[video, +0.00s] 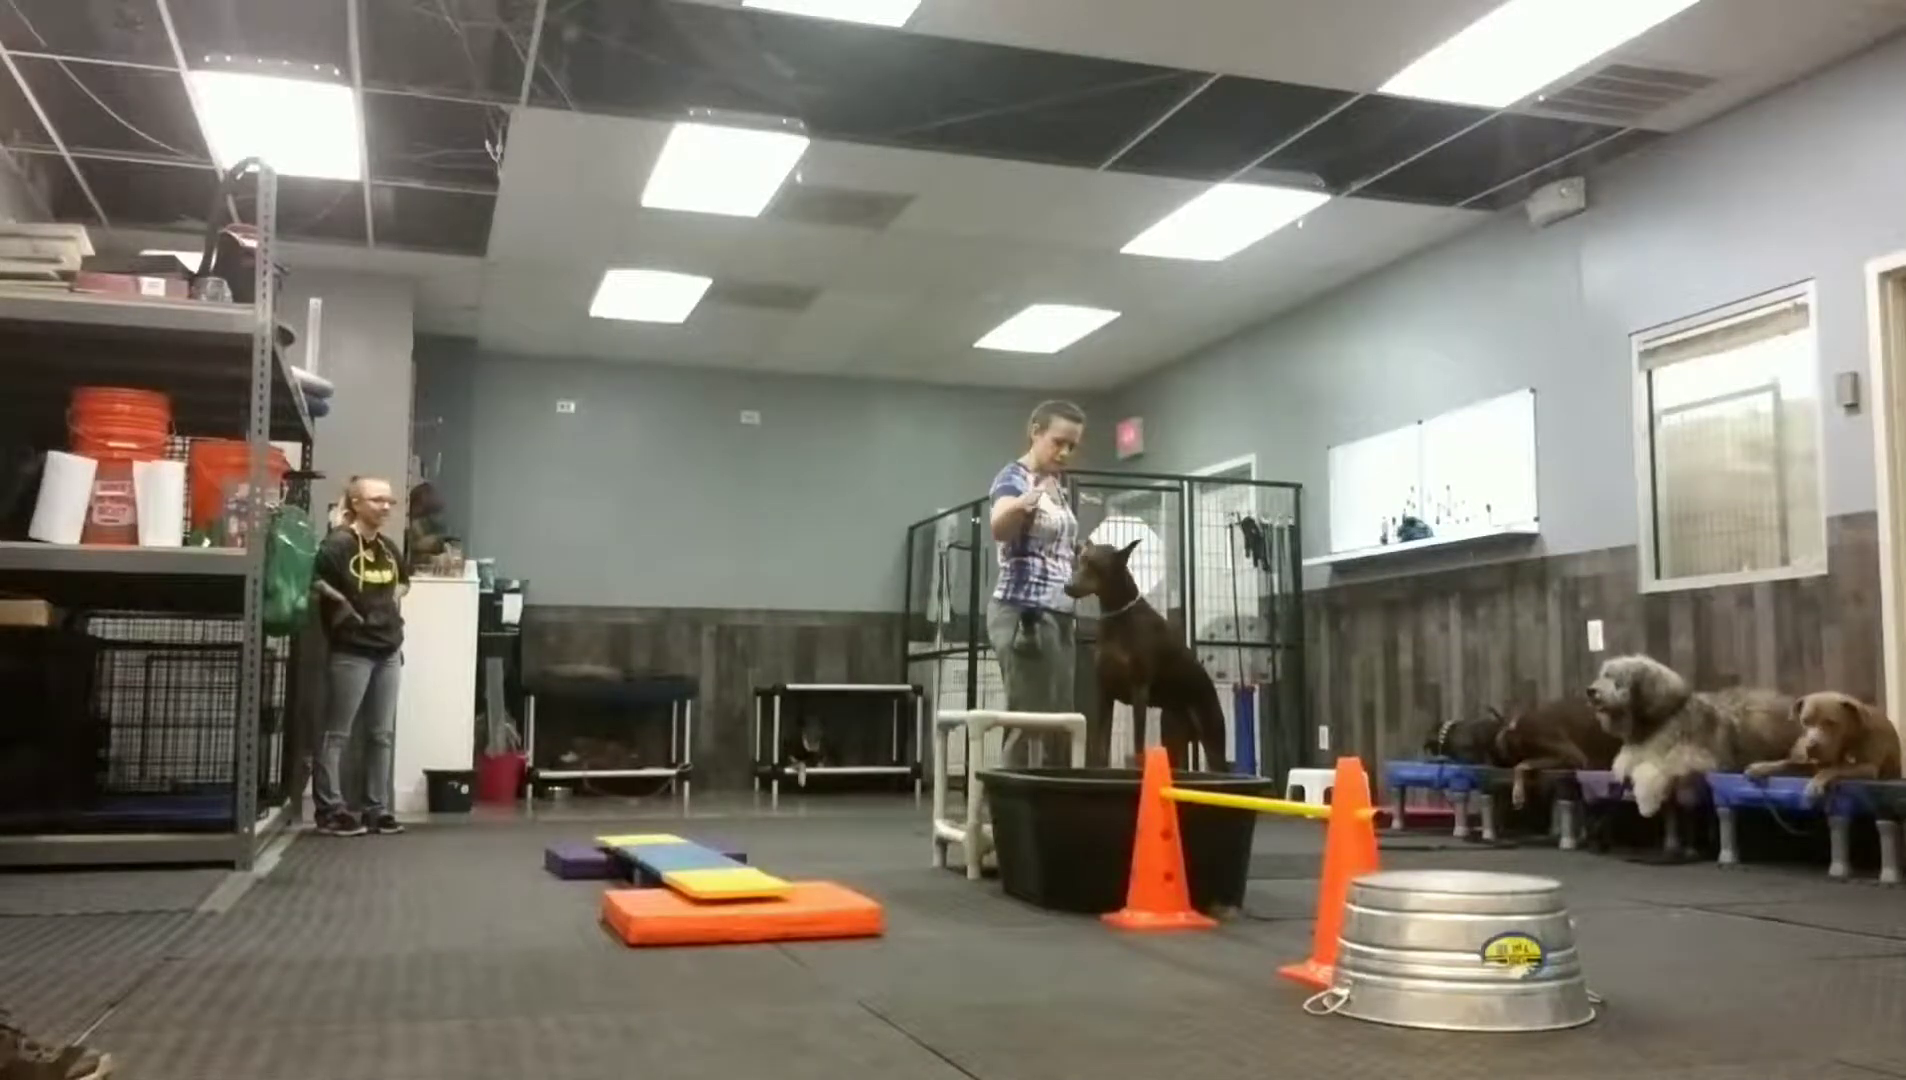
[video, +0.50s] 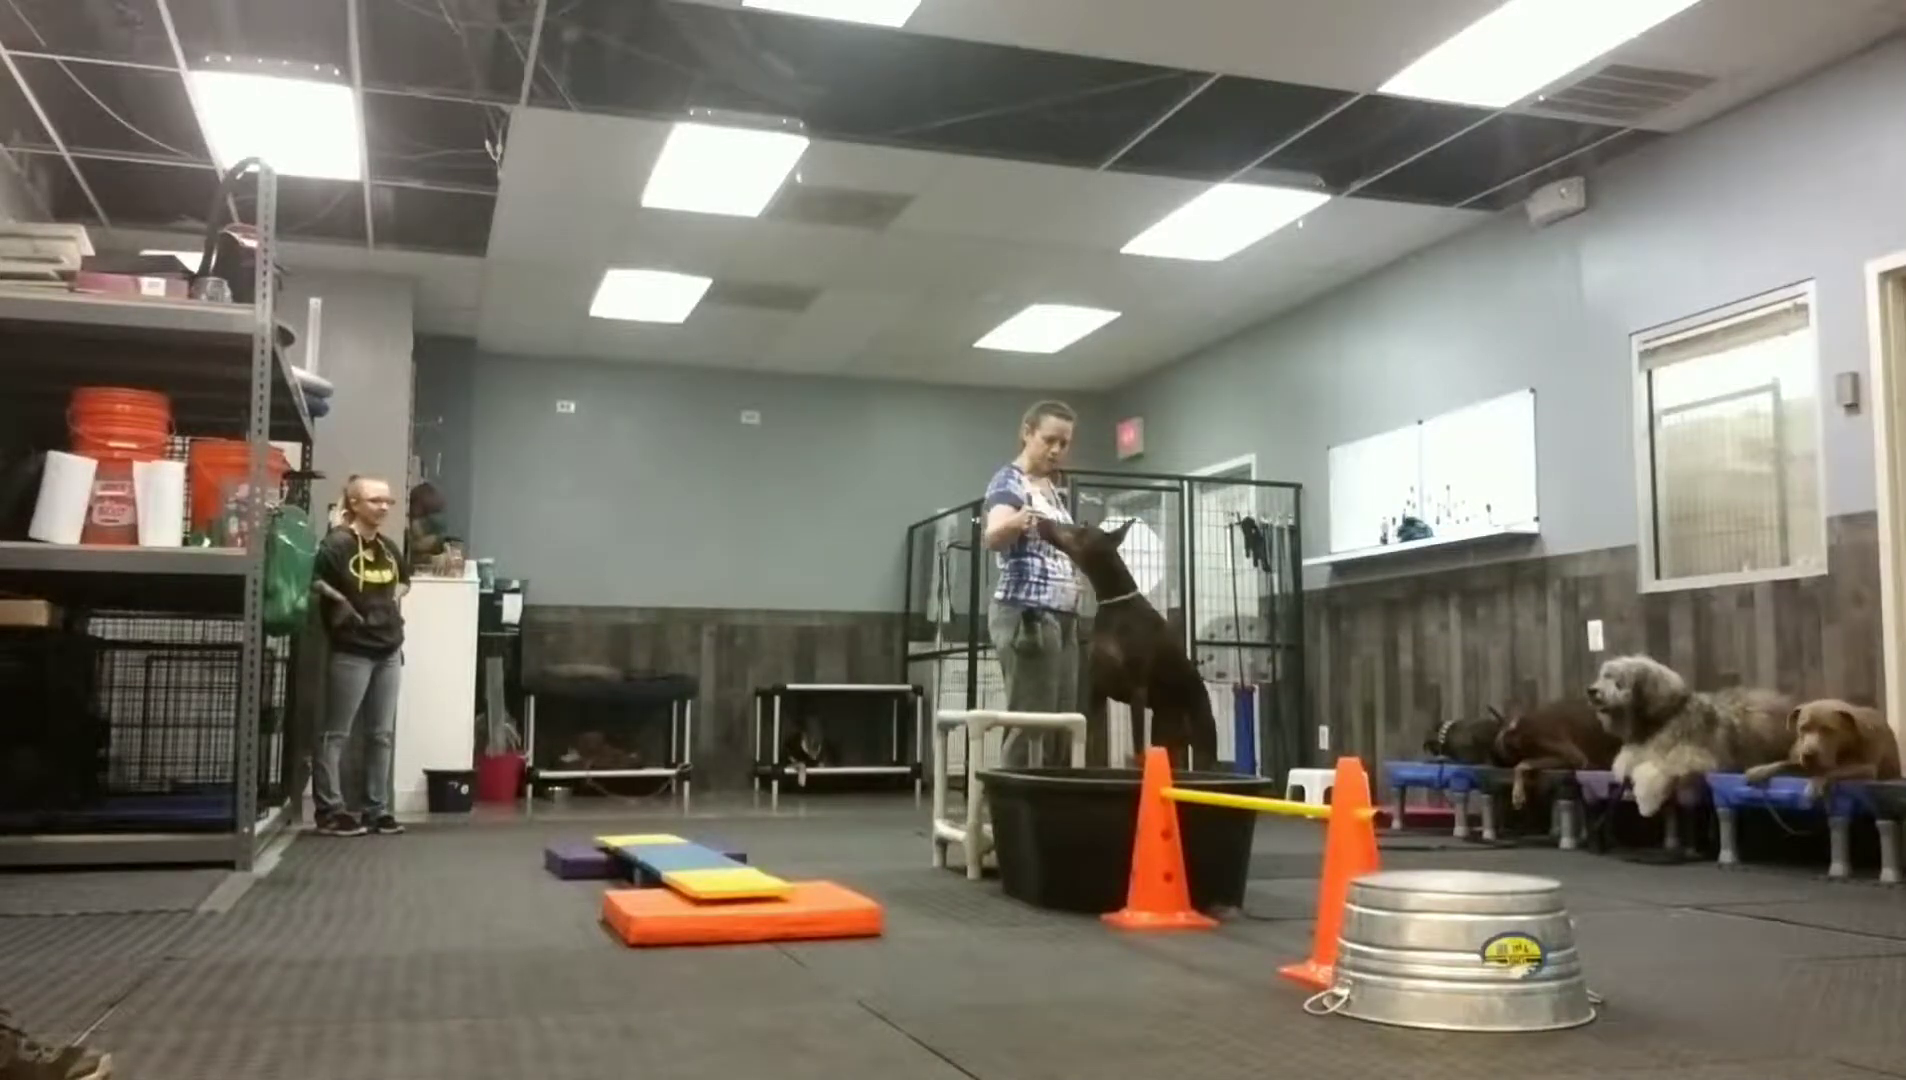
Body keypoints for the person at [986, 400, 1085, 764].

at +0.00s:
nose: (1065, 454)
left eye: (1071, 447)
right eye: (1059, 443)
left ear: (1076, 447)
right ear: (1035, 433)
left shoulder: (1056, 486)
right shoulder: (1015, 477)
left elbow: (1060, 547)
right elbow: (999, 529)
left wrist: (1085, 553)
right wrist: (1021, 507)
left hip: (1058, 614)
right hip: (1024, 612)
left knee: (1060, 720)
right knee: (1030, 720)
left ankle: (1053, 807)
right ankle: (1015, 809)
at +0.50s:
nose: (1057, 452)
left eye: (1064, 444)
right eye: (1050, 441)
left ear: (1069, 446)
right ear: (1027, 434)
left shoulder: (1053, 489)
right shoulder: (1010, 479)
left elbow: (1062, 541)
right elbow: (993, 536)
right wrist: (1018, 522)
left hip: (1063, 613)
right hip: (1026, 611)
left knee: (1064, 719)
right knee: (1032, 718)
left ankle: (1054, 808)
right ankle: (1008, 808)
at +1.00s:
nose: (1074, 471)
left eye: (1079, 464)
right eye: (1071, 459)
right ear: (1046, 445)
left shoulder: (1045, 496)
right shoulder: (1016, 486)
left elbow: (1048, 561)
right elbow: (1016, 554)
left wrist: (1091, 560)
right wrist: (1081, 555)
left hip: (1052, 620)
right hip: (1023, 617)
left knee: (1068, 719)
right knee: (1039, 721)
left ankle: (1052, 811)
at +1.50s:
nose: (1075, 480)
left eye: (1080, 474)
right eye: (1072, 469)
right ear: (1047, 454)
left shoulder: (1037, 496)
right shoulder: (1025, 492)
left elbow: (1032, 558)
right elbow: (1020, 556)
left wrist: (1067, 564)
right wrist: (1068, 561)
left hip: (1024, 617)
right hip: (1026, 618)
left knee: (1018, 720)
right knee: (1057, 716)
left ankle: (997, 806)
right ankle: (1049, 808)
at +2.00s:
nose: (1157, 466)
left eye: (1164, 457)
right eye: (1150, 456)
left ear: (1171, 451)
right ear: (1125, 440)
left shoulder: (1167, 484)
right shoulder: (1104, 488)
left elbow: (1164, 541)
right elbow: (1102, 549)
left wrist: (1174, 559)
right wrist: (1114, 586)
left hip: (1170, 620)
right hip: (1117, 622)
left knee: (1180, 727)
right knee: (1109, 728)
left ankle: (1188, 817)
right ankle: (1091, 817)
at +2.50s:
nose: (1197, 436)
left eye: (1205, 427)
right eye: (1189, 427)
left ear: (1221, 419)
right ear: (1178, 422)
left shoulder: (1250, 462)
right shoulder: (1159, 469)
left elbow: (1276, 529)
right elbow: (1131, 541)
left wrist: (1239, 538)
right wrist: (1178, 542)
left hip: (1251, 610)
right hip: (1184, 612)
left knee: (1267, 715)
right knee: (1188, 721)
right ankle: (1190, 814)